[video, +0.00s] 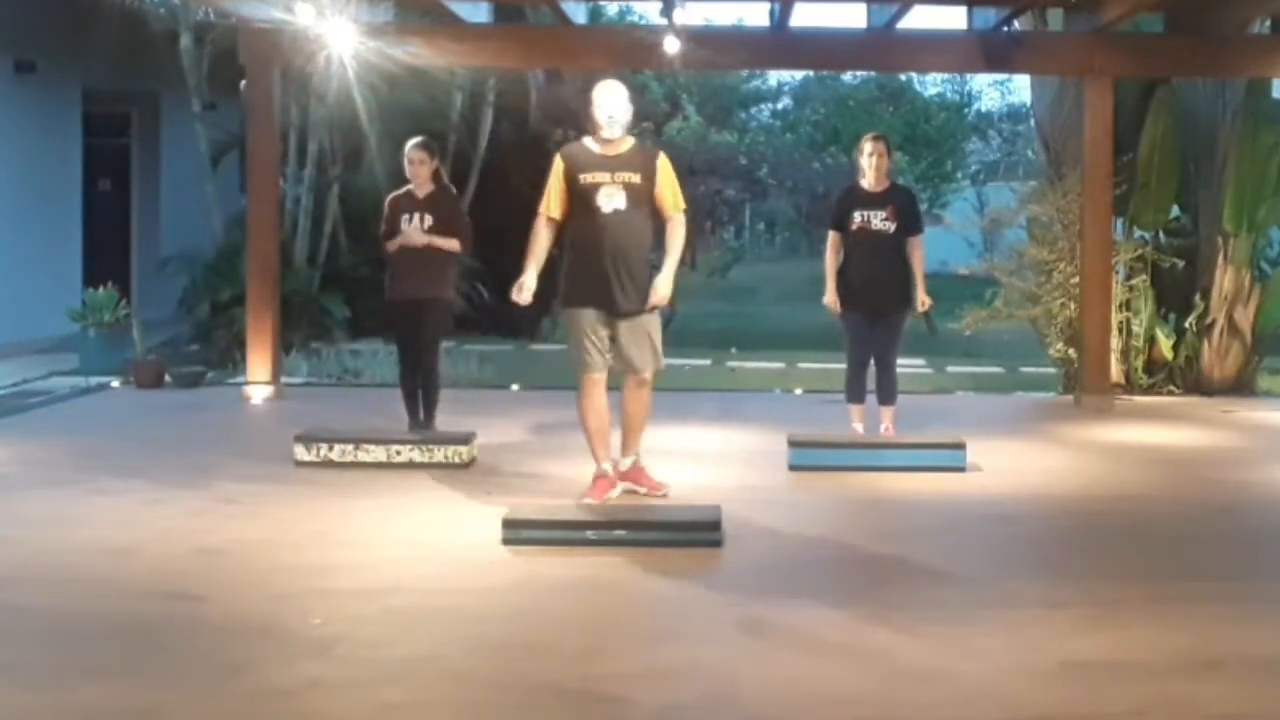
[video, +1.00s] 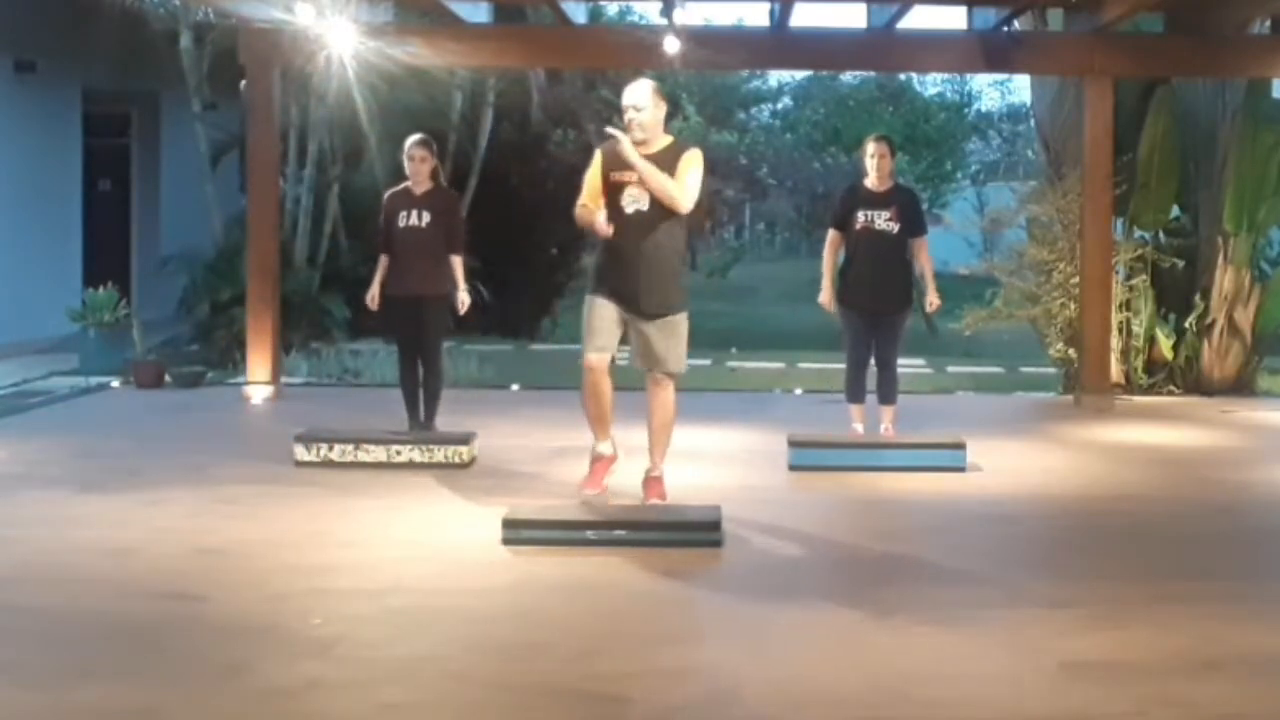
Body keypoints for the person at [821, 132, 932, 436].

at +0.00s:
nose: (874, 160)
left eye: (879, 155)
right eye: (869, 155)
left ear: (888, 159)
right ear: (860, 159)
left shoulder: (904, 198)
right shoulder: (847, 198)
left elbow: (915, 245)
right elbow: (834, 245)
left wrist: (920, 288)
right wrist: (830, 287)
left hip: (893, 292)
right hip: (855, 292)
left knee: (886, 359)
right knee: (857, 359)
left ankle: (888, 425)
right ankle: (858, 425)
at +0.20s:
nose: (875, 162)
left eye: (881, 156)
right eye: (870, 156)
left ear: (890, 161)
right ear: (862, 161)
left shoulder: (905, 200)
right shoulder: (848, 198)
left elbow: (917, 247)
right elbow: (832, 245)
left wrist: (921, 290)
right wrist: (828, 289)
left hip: (893, 293)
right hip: (854, 292)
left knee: (886, 362)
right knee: (860, 361)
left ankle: (887, 425)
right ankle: (859, 425)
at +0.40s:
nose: (875, 160)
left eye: (881, 154)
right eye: (870, 154)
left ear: (891, 159)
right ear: (862, 159)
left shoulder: (905, 198)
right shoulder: (848, 195)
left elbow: (915, 246)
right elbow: (832, 243)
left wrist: (919, 288)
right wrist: (827, 287)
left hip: (892, 291)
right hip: (854, 290)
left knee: (886, 359)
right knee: (857, 357)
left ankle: (887, 424)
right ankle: (858, 424)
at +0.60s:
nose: (875, 160)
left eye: (881, 155)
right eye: (870, 155)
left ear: (891, 159)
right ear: (863, 159)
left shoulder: (905, 198)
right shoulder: (849, 195)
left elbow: (917, 246)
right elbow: (832, 242)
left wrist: (924, 289)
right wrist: (825, 286)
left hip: (893, 292)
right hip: (855, 290)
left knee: (886, 359)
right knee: (856, 359)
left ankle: (887, 425)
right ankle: (858, 425)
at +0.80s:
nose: (875, 162)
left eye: (881, 157)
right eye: (870, 157)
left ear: (891, 161)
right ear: (863, 161)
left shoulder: (905, 199)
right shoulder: (850, 196)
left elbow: (918, 247)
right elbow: (832, 241)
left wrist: (930, 287)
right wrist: (824, 283)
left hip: (893, 292)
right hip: (854, 291)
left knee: (886, 359)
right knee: (856, 358)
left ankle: (887, 424)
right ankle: (857, 424)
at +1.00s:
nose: (877, 162)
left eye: (882, 156)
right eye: (871, 156)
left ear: (892, 160)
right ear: (864, 160)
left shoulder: (907, 198)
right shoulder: (850, 196)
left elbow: (920, 246)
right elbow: (833, 242)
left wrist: (930, 288)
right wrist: (827, 286)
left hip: (894, 292)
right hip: (855, 291)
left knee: (887, 359)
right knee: (856, 358)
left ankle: (887, 425)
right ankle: (857, 424)